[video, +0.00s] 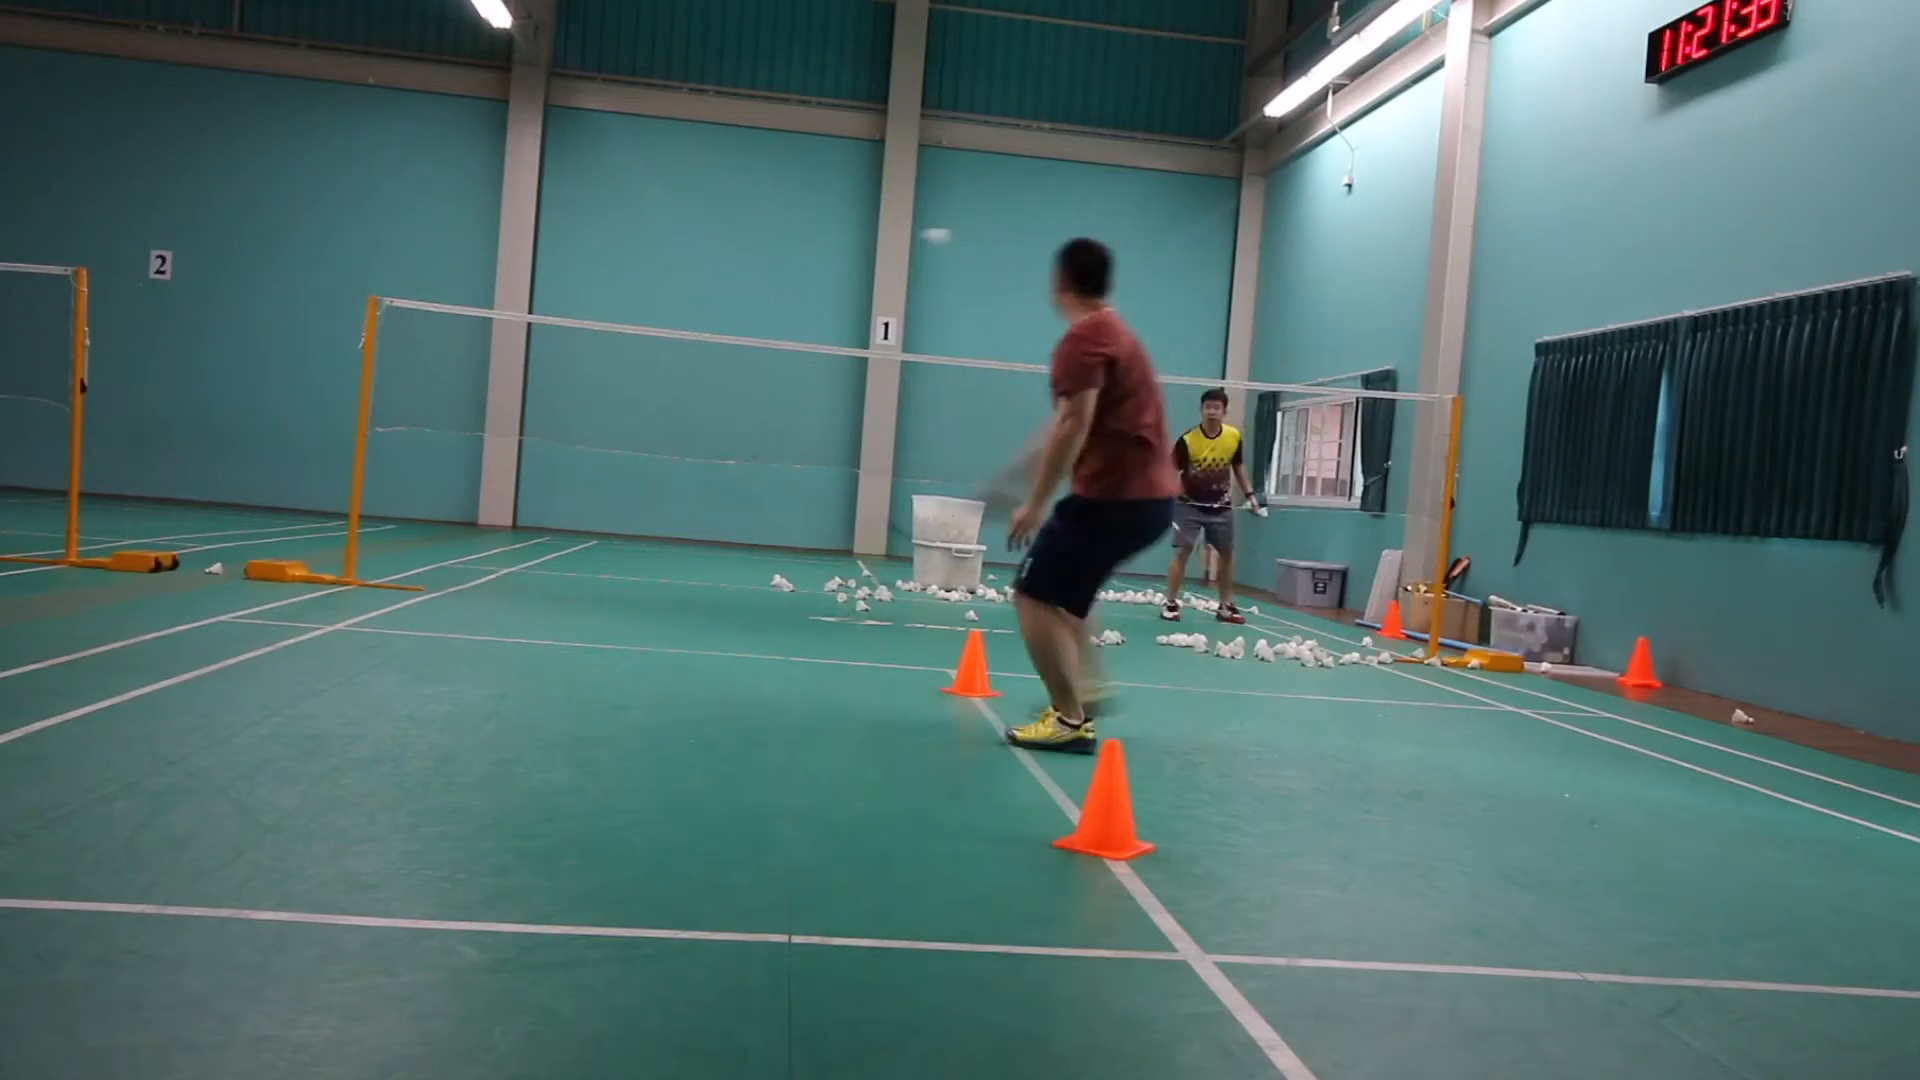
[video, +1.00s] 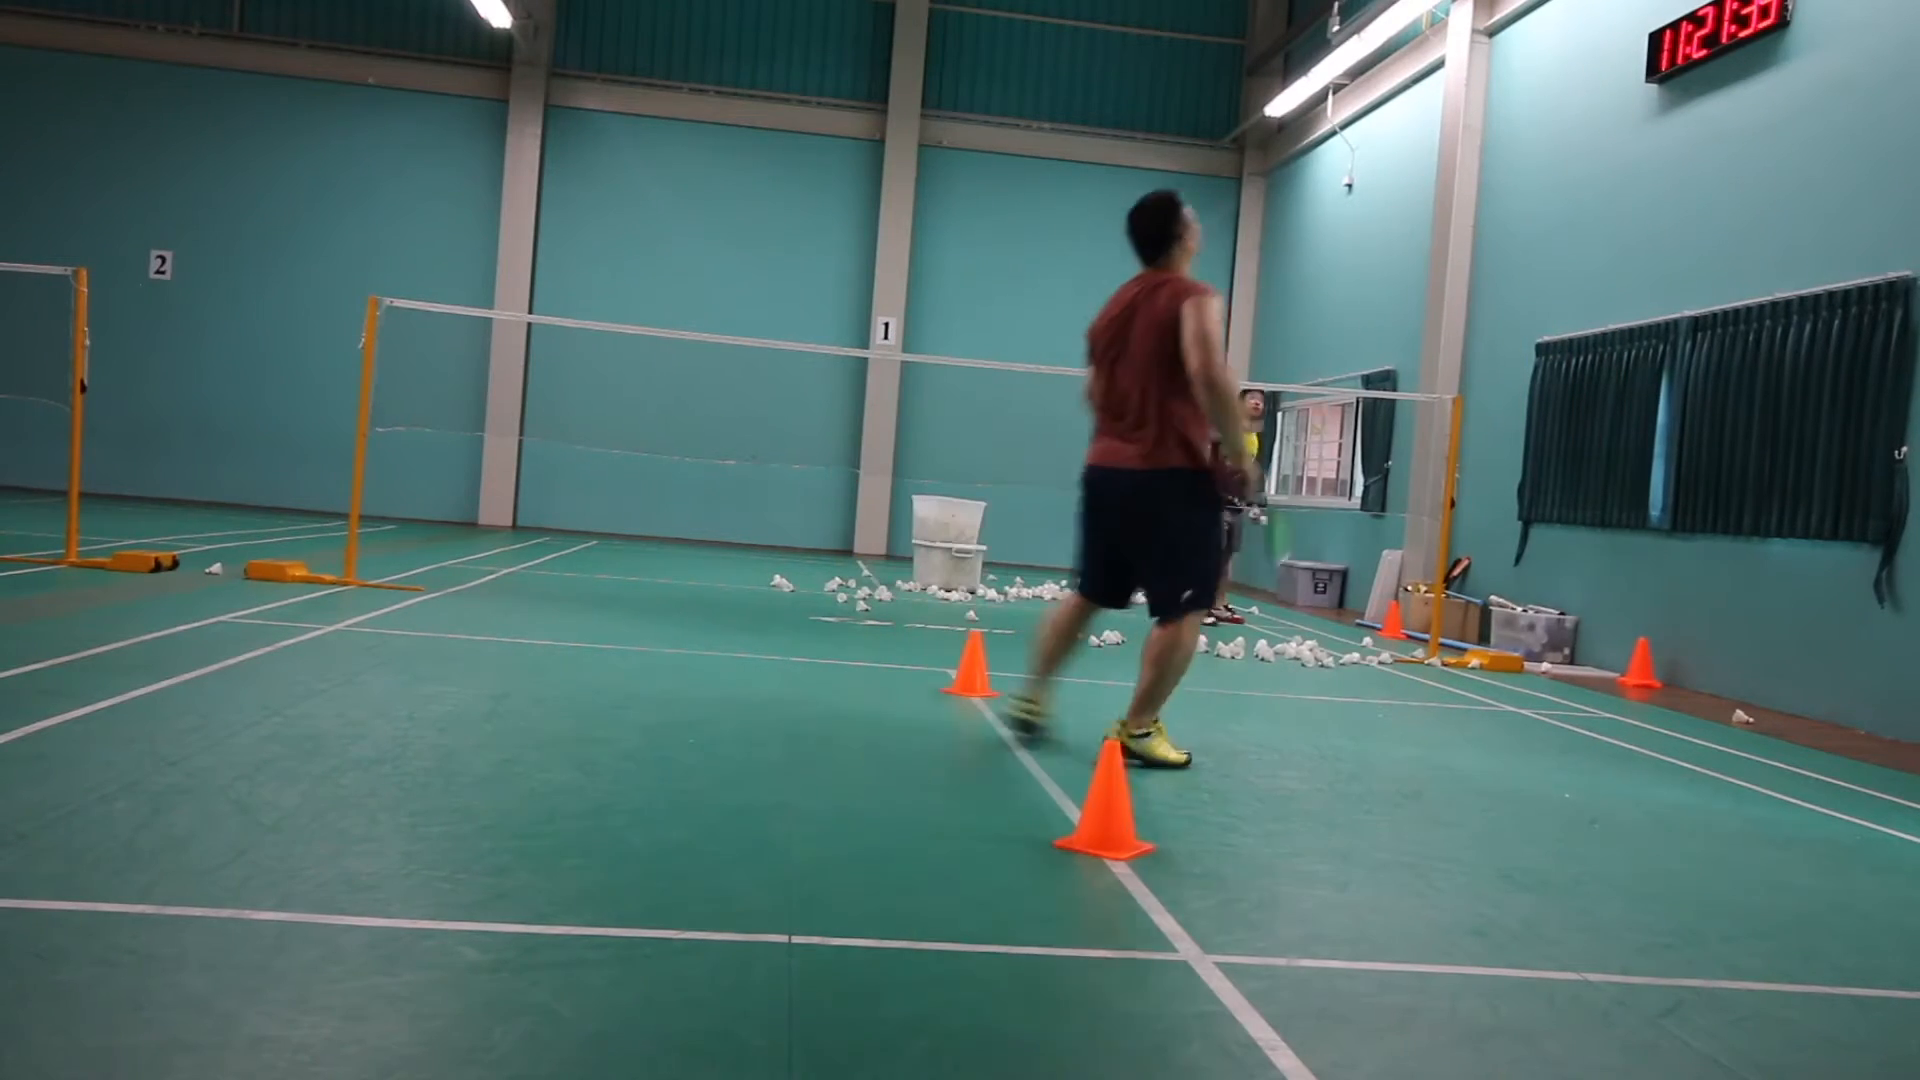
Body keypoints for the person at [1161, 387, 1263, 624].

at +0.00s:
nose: (1212, 412)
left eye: (1217, 408)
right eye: (1208, 407)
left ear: (1224, 411)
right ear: (1201, 410)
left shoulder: (1234, 438)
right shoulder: (1186, 441)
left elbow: (1238, 467)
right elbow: (1171, 473)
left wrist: (1250, 495)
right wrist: (1179, 496)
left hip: (1221, 507)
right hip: (1190, 505)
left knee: (1226, 554)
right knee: (1182, 552)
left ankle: (1226, 605)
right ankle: (1171, 601)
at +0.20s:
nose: (1221, 410)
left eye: (1226, 406)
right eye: (1217, 405)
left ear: (1234, 410)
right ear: (1210, 409)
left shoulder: (1246, 438)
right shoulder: (1197, 441)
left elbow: (1254, 466)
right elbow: (1184, 475)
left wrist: (1264, 492)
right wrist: (1175, 508)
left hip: (1235, 510)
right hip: (1203, 508)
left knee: (1234, 558)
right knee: (1192, 554)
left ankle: (1227, 606)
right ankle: (1172, 601)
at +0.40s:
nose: (1234, 411)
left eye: (1239, 407)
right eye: (1229, 407)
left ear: (1245, 412)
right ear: (1223, 411)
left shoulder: (1256, 439)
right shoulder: (1209, 443)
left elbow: (1262, 469)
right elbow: (1196, 478)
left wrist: (1273, 498)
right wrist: (1195, 512)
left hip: (1240, 509)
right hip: (1212, 507)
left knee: (1238, 559)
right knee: (1207, 551)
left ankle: (1227, 606)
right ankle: (1195, 603)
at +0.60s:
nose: (1249, 409)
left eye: (1252, 405)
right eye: (1243, 404)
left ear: (1255, 410)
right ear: (1232, 408)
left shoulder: (1252, 438)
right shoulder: (1221, 435)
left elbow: (1249, 467)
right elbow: (1215, 462)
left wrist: (1263, 493)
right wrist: (1241, 483)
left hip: (1233, 502)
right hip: (1209, 500)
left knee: (1232, 553)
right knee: (1211, 551)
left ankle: (1227, 604)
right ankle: (1201, 605)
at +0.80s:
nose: (1258, 405)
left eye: (1261, 401)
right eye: (1253, 400)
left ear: (1262, 409)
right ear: (1242, 404)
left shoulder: (1249, 434)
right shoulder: (1228, 426)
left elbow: (1240, 467)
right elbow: (1233, 408)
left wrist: (1240, 491)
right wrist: (1245, 386)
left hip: (1230, 498)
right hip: (1209, 496)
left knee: (1230, 551)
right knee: (1213, 551)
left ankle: (1223, 601)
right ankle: (1200, 605)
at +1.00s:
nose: (1257, 406)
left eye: (1261, 403)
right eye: (1253, 401)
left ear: (1263, 410)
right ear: (1240, 403)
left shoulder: (1253, 437)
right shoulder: (1227, 432)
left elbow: (1250, 469)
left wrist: (1252, 497)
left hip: (1238, 503)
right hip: (1221, 501)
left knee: (1227, 556)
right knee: (1215, 556)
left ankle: (1220, 601)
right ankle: (1206, 603)